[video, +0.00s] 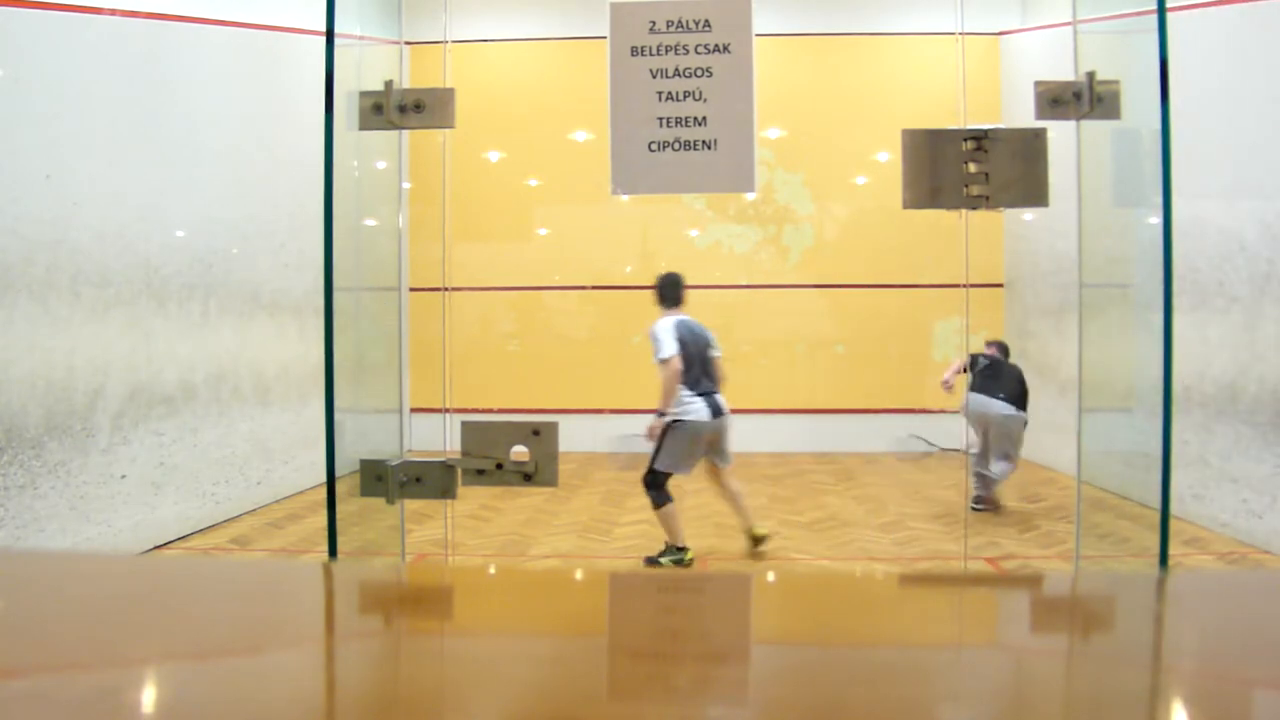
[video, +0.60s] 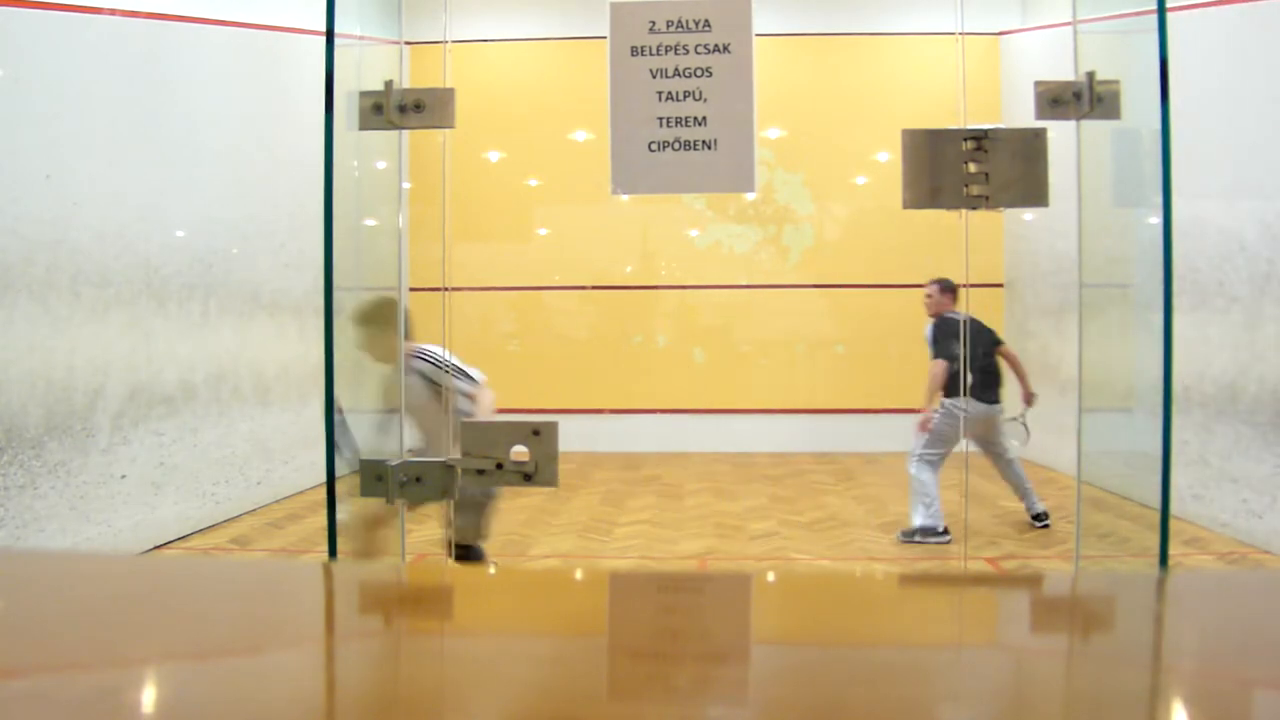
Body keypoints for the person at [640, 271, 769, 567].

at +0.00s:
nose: (660, 299)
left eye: (657, 294)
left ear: (658, 297)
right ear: (683, 297)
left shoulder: (663, 327)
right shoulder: (702, 329)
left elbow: (674, 368)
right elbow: (718, 374)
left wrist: (661, 415)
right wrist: (700, 398)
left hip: (688, 415)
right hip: (717, 412)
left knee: (654, 480)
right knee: (718, 471)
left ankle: (677, 547)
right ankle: (752, 530)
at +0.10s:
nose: (620, 306)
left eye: (620, 301)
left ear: (623, 304)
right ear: (646, 302)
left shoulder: (636, 332)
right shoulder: (660, 330)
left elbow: (649, 376)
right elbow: (674, 377)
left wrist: (634, 423)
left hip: (669, 420)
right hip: (694, 419)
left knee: (625, 480)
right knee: (661, 473)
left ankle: (662, 539)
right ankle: (697, 530)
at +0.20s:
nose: (579, 331)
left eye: (580, 325)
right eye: (580, 324)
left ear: (585, 326)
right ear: (604, 322)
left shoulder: (603, 352)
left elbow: (625, 397)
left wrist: (621, 446)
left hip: (649, 439)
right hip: (667, 436)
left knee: (584, 485)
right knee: (636, 494)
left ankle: (606, 549)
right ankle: (677, 548)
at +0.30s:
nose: (525, 348)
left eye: (526, 341)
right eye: (524, 341)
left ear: (537, 341)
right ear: (547, 338)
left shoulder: (558, 363)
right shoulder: (563, 362)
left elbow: (597, 400)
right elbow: (574, 414)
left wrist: (606, 451)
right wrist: (552, 446)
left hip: (613, 449)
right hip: (627, 445)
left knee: (547, 495)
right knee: (624, 503)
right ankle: (675, 546)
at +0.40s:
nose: (468, 356)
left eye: (470, 348)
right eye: (468, 348)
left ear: (485, 345)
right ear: (485, 345)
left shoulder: (518, 369)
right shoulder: (508, 374)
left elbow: (558, 411)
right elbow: (521, 422)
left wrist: (562, 468)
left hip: (568, 463)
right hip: (556, 461)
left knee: (505, 517)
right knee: (564, 514)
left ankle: (498, 581)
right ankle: (626, 530)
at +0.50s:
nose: (415, 357)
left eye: (419, 347)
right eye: (415, 348)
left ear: (436, 344)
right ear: (435, 345)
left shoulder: (479, 369)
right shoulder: (445, 386)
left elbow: (520, 416)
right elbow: (446, 436)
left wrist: (509, 481)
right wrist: (443, 473)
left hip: (516, 468)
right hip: (486, 468)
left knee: (481, 539)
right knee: (471, 534)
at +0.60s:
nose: (365, 347)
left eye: (369, 336)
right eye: (364, 337)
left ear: (388, 332)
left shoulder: (426, 357)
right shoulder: (400, 376)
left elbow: (482, 392)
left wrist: (475, 443)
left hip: (471, 462)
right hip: (439, 459)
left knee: (463, 545)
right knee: (371, 522)